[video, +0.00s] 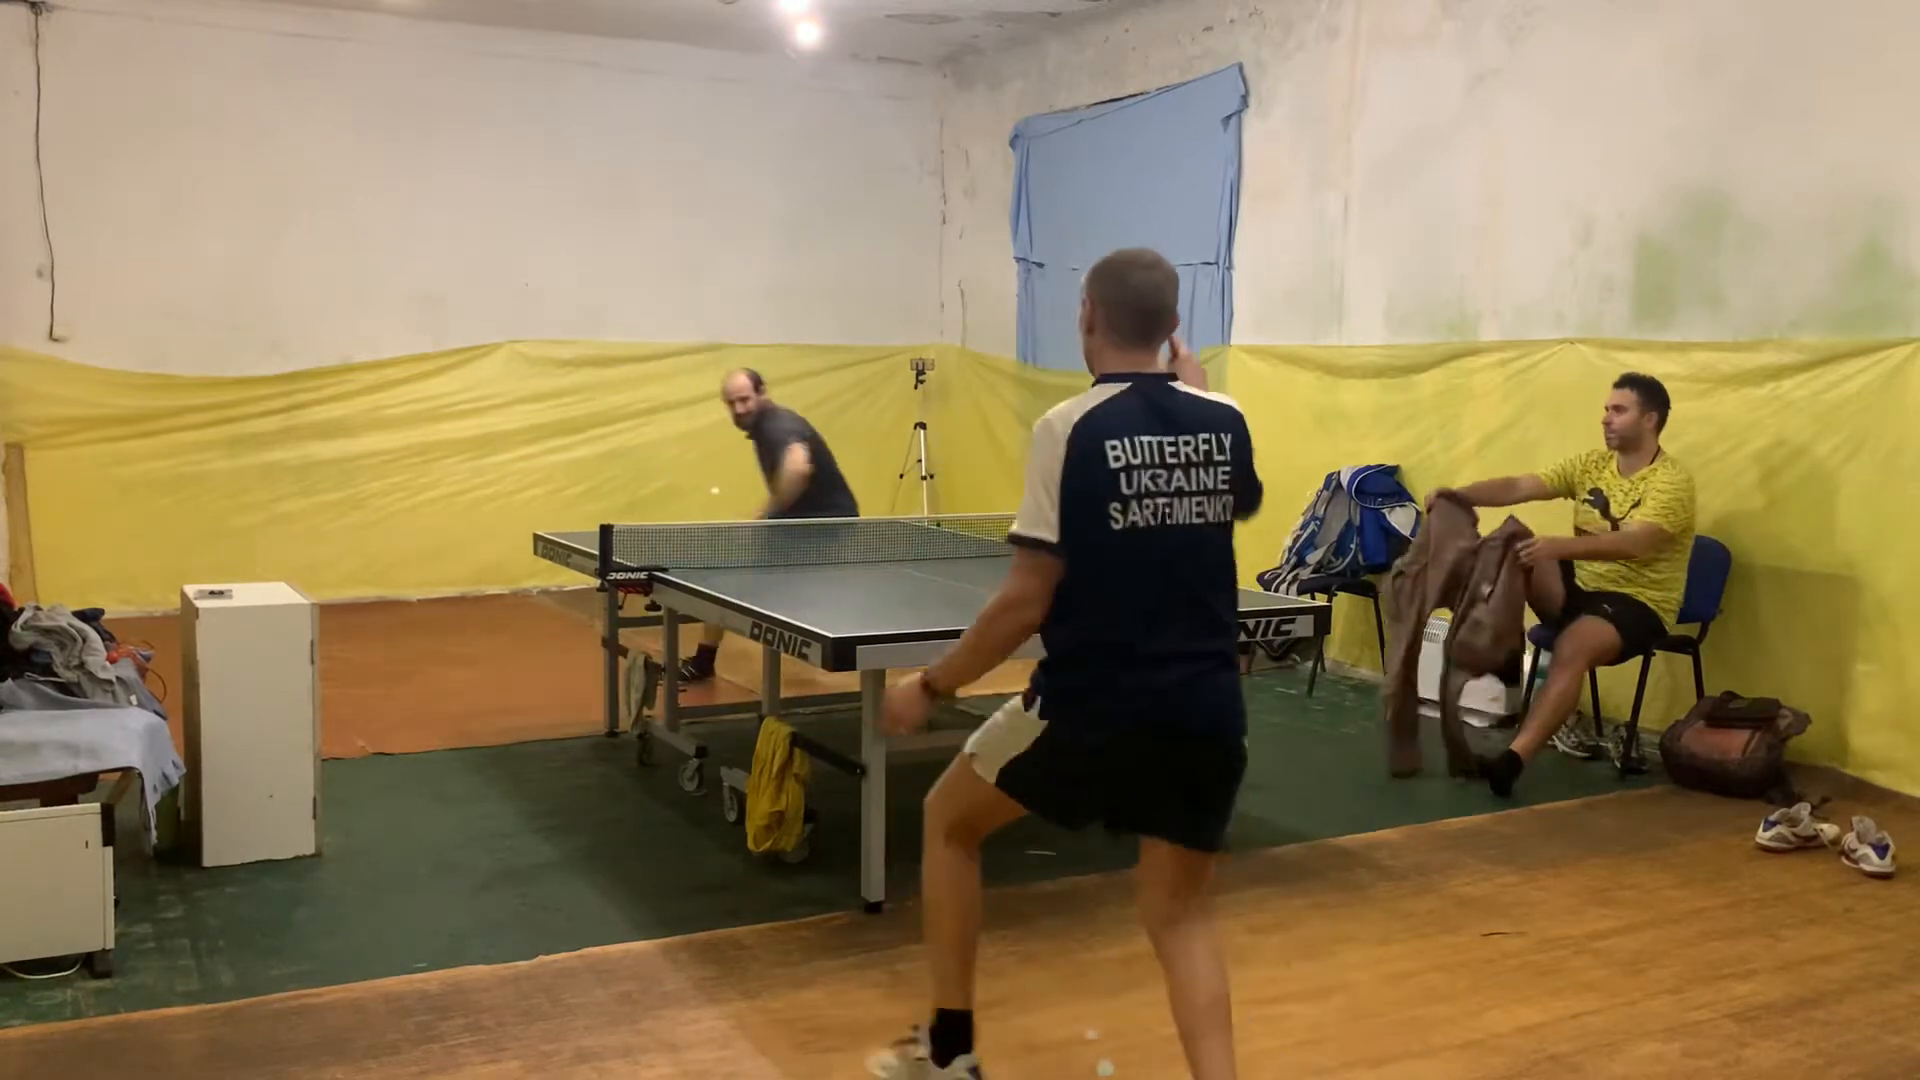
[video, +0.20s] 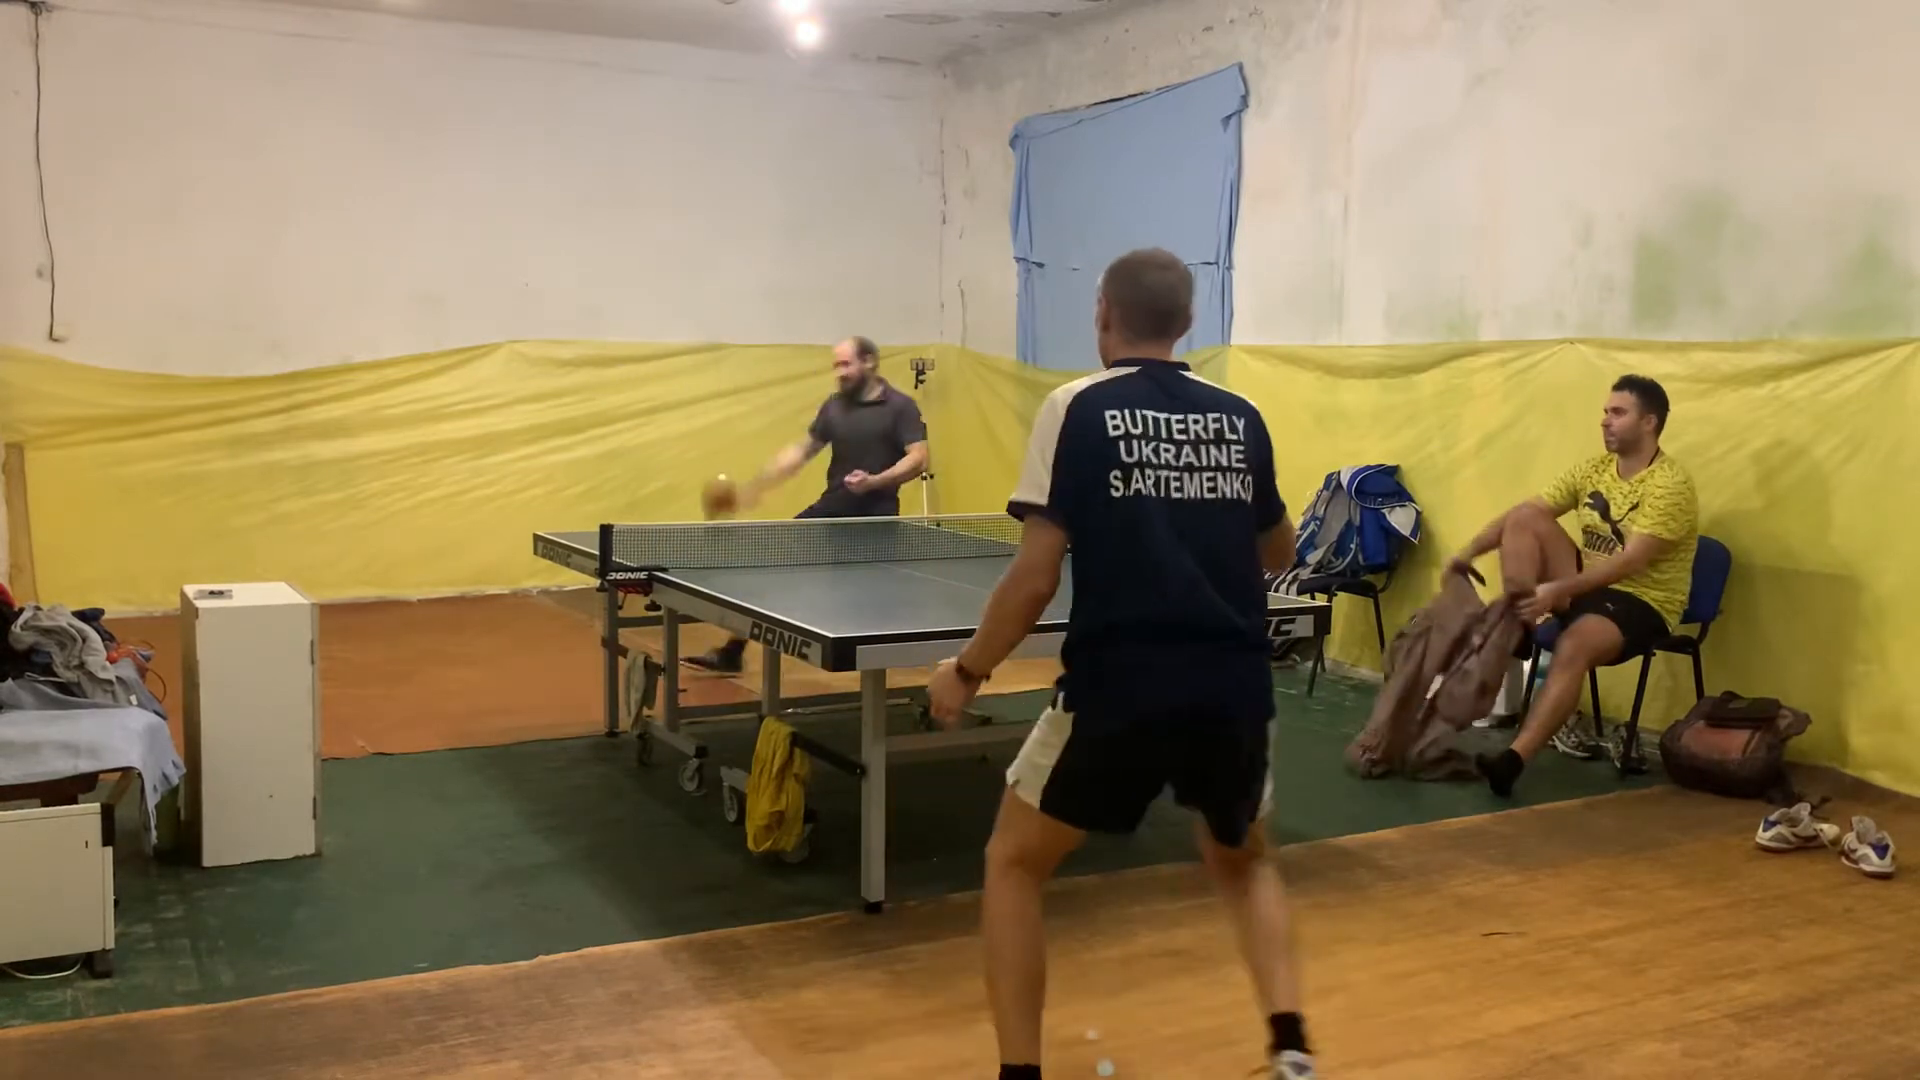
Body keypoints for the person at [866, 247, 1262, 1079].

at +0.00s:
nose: (1078, 322)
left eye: (1081, 310)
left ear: (1086, 318)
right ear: (1174, 329)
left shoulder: (1066, 428)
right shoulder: (1222, 424)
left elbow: (1029, 597)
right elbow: (1241, 502)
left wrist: (932, 684)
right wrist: (1196, 399)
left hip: (1087, 709)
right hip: (1205, 711)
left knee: (950, 820)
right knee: (1183, 909)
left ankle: (948, 1045)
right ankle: (1218, 1075)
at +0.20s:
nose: (1093, 323)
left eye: (1095, 312)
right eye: (1106, 311)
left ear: (1104, 318)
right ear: (1186, 328)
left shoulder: (1074, 409)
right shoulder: (1240, 419)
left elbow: (1039, 570)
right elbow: (1276, 549)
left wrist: (967, 669)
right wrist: (1186, 534)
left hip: (1115, 694)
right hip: (1232, 692)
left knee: (1016, 862)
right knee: (1245, 856)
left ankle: (1019, 1071)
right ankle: (1292, 1049)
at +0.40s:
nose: (1156, 359)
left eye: (1159, 348)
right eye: (1162, 347)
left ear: (1170, 353)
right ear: (1247, 364)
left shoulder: (1136, 427)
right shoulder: (1301, 446)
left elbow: (1086, 582)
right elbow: (1339, 586)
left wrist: (1015, 670)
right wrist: (1266, 579)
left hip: (1177, 708)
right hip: (1295, 706)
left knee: (1064, 870)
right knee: (1352, 867)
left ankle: (1031, 1072)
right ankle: (1446, 1046)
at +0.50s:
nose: (1179, 398)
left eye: (1181, 388)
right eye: (1180, 388)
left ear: (1194, 387)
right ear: (1268, 396)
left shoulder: (1169, 453)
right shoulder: (1326, 472)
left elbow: (1125, 603)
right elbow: (1367, 618)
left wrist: (1042, 689)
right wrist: (1298, 673)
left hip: (1211, 722)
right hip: (1328, 720)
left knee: (1082, 873)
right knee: (1358, 871)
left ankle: (1038, 1071)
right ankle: (1448, 1053)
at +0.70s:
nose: (1160, 400)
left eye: (1162, 389)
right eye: (1161, 389)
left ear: (1179, 384)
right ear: (1245, 396)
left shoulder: (1174, 428)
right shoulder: (1285, 461)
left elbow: (1153, 547)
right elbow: (1287, 571)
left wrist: (1033, 632)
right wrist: (1169, 584)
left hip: (1230, 690)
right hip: (1336, 688)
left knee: (1113, 870)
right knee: (1349, 873)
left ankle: (1042, 1070)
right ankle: (1449, 1055)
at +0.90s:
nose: (1106, 357)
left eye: (1111, 349)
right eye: (1112, 350)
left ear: (1123, 355)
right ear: (1176, 377)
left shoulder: (1124, 387)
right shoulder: (1193, 430)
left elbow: (1129, 453)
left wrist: (1039, 483)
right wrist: (1081, 459)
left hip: (1194, 655)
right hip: (1289, 647)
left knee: (1111, 872)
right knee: (1334, 844)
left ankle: (1050, 1071)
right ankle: (1445, 1030)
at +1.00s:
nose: (1078, 340)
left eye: (1082, 328)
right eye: (1084, 329)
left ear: (1095, 335)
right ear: (1152, 353)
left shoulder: (1098, 376)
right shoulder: (1181, 412)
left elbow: (1122, 429)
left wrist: (1087, 482)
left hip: (1164, 643)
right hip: (1252, 633)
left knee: (1093, 855)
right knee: (1237, 800)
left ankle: (1046, 1066)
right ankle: (1371, 961)